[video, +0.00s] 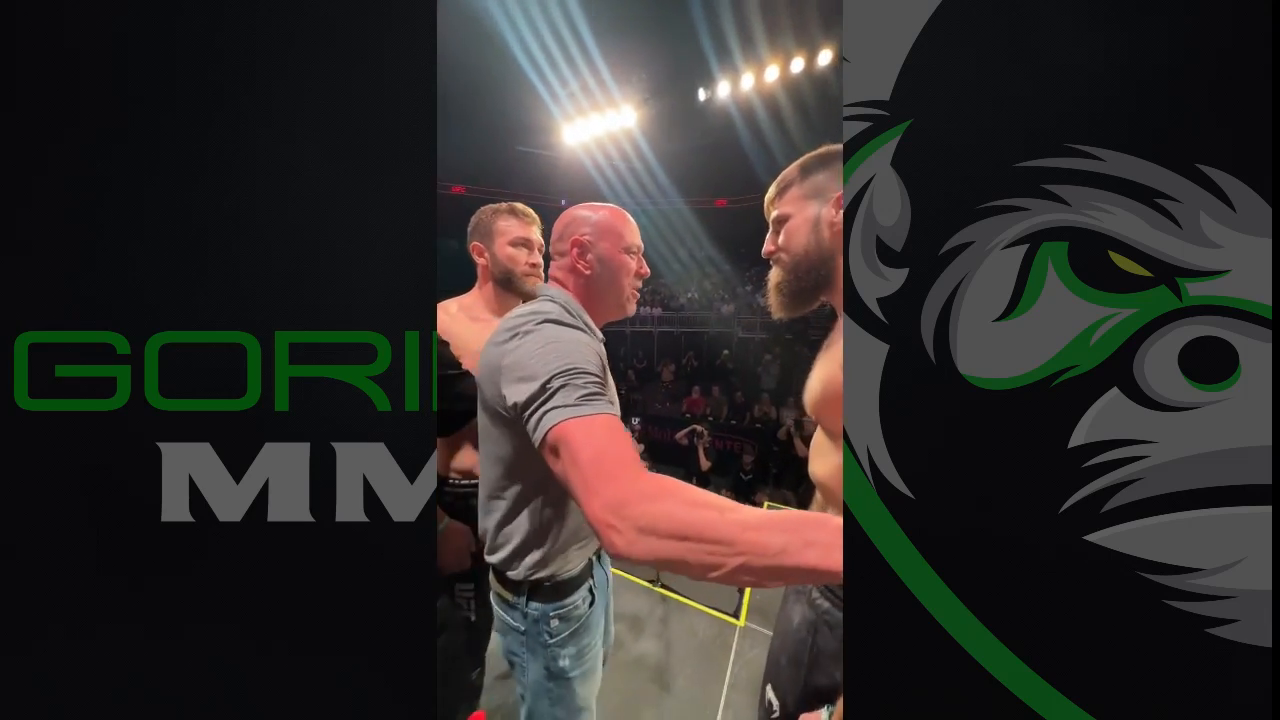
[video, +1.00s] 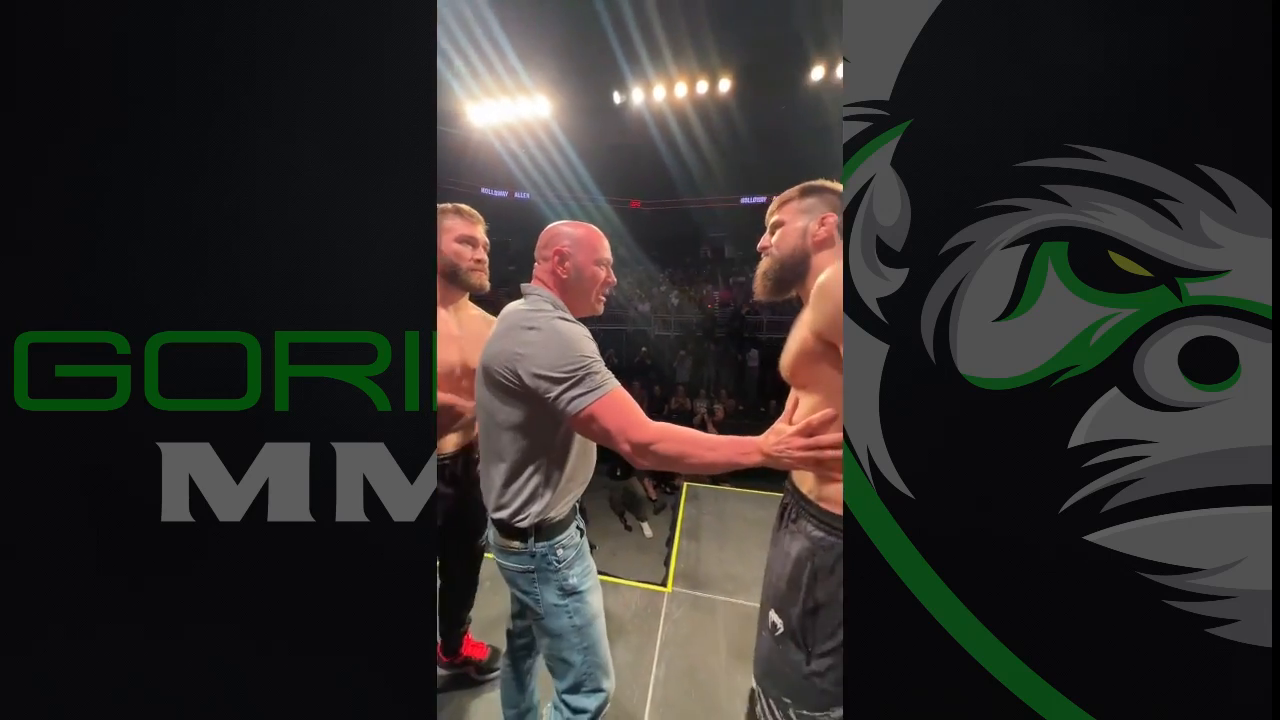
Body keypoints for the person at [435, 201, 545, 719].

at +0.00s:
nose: (537, 257)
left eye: (540, 247)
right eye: (522, 246)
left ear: (545, 256)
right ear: (482, 254)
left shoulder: (544, 326)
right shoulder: (442, 321)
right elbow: (414, 429)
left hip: (535, 501)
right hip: (463, 506)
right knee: (462, 631)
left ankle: (543, 704)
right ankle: (462, 707)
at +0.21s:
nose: (542, 257)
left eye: (545, 249)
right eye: (527, 247)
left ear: (549, 257)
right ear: (488, 254)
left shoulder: (547, 324)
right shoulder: (446, 323)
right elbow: (417, 426)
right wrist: (439, 519)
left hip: (534, 484)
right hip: (467, 490)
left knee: (556, 556)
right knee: (467, 612)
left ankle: (531, 621)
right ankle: (459, 705)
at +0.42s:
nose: (543, 255)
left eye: (545, 247)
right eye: (528, 245)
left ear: (548, 257)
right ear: (490, 253)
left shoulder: (546, 327)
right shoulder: (448, 320)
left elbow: (558, 410)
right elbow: (429, 414)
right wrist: (435, 510)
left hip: (535, 481)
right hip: (474, 484)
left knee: (534, 563)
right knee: (462, 618)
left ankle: (511, 635)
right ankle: (450, 708)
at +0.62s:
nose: (535, 256)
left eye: (537, 248)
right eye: (520, 246)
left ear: (539, 256)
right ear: (483, 254)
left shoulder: (536, 326)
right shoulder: (445, 318)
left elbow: (544, 398)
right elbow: (425, 389)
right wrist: (517, 406)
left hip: (521, 476)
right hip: (463, 478)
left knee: (513, 567)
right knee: (455, 594)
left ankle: (494, 640)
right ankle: (441, 694)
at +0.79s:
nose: (520, 257)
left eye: (522, 248)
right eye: (506, 247)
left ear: (522, 255)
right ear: (469, 253)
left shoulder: (521, 322)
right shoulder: (435, 315)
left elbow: (533, 394)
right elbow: (428, 392)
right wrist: (513, 404)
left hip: (504, 472)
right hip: (449, 476)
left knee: (498, 566)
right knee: (447, 589)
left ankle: (480, 639)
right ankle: (429, 669)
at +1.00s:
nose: (482, 253)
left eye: (485, 244)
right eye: (467, 242)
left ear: (487, 252)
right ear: (434, 249)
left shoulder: (492, 327)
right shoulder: (415, 322)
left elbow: (512, 393)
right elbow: (384, 392)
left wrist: (485, 414)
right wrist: (433, 405)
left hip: (471, 465)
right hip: (418, 467)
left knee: (464, 563)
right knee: (418, 564)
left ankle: (454, 642)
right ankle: (419, 650)